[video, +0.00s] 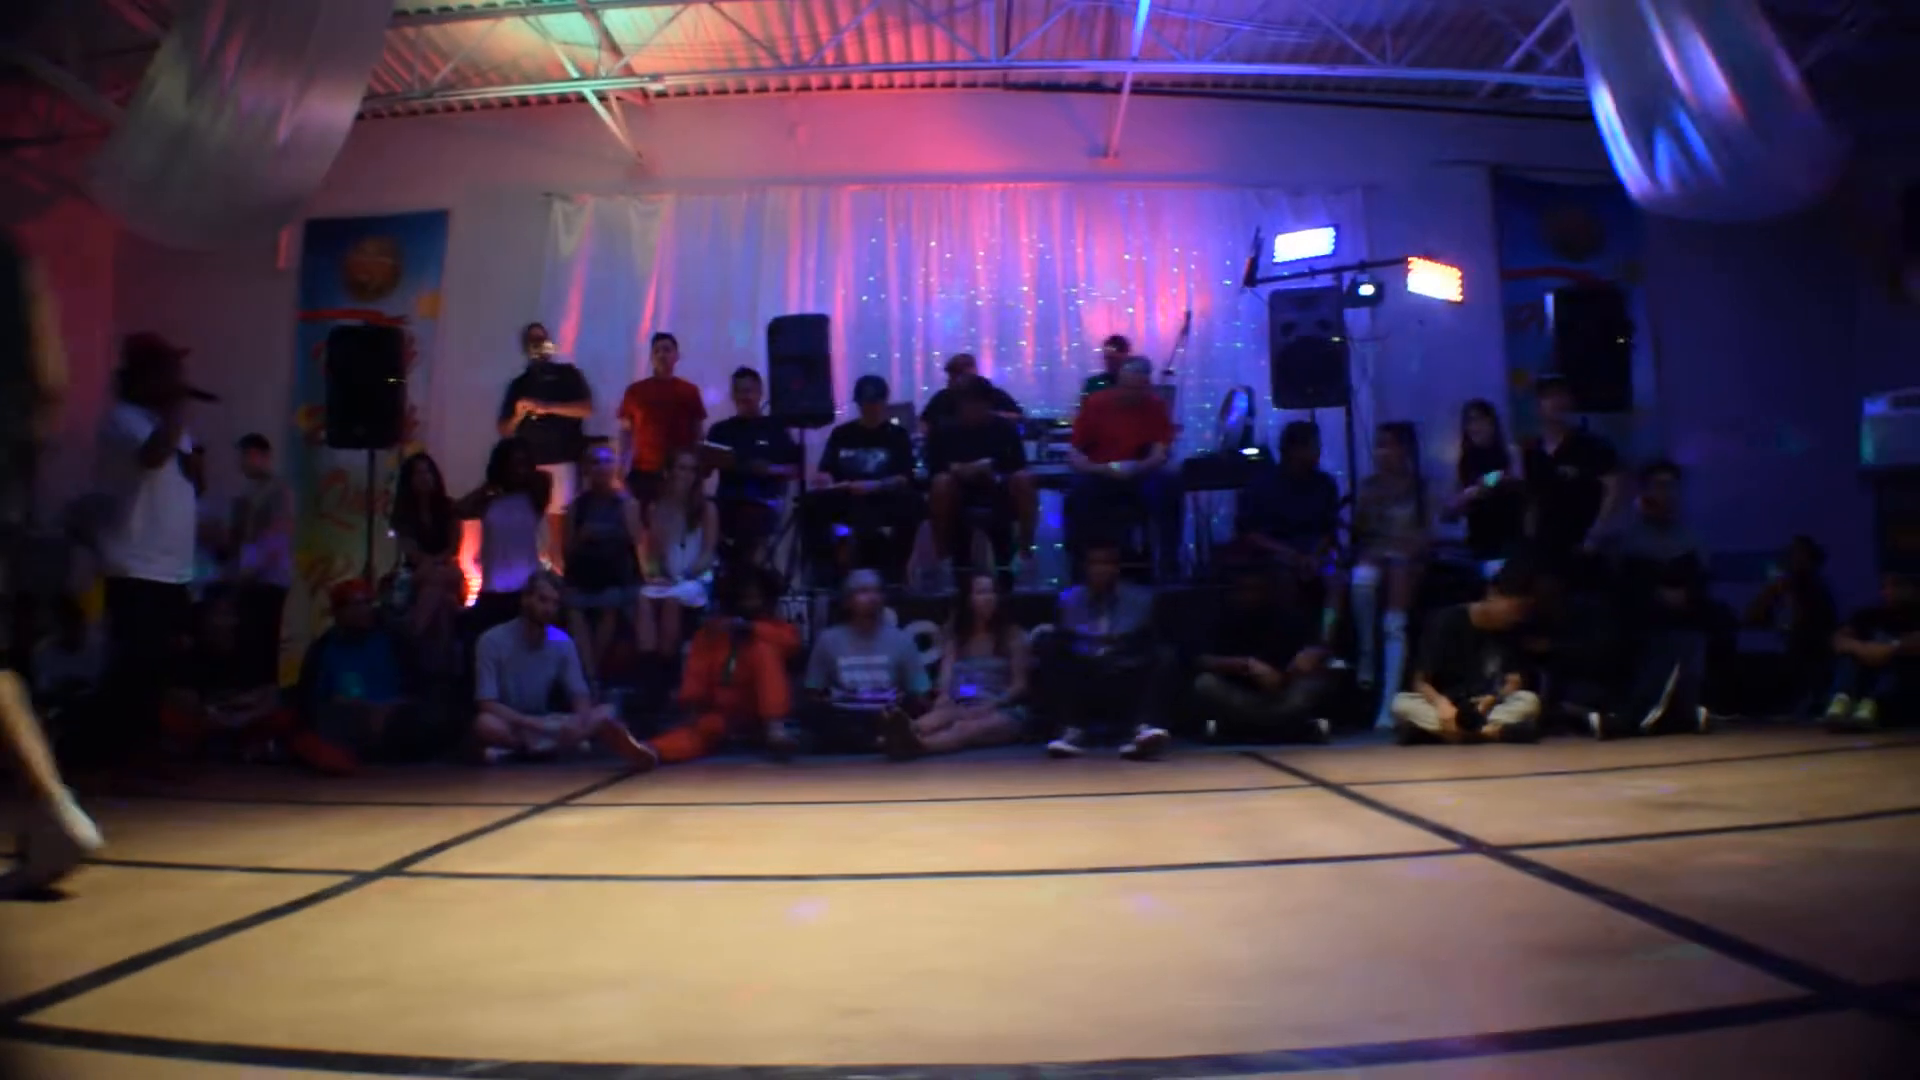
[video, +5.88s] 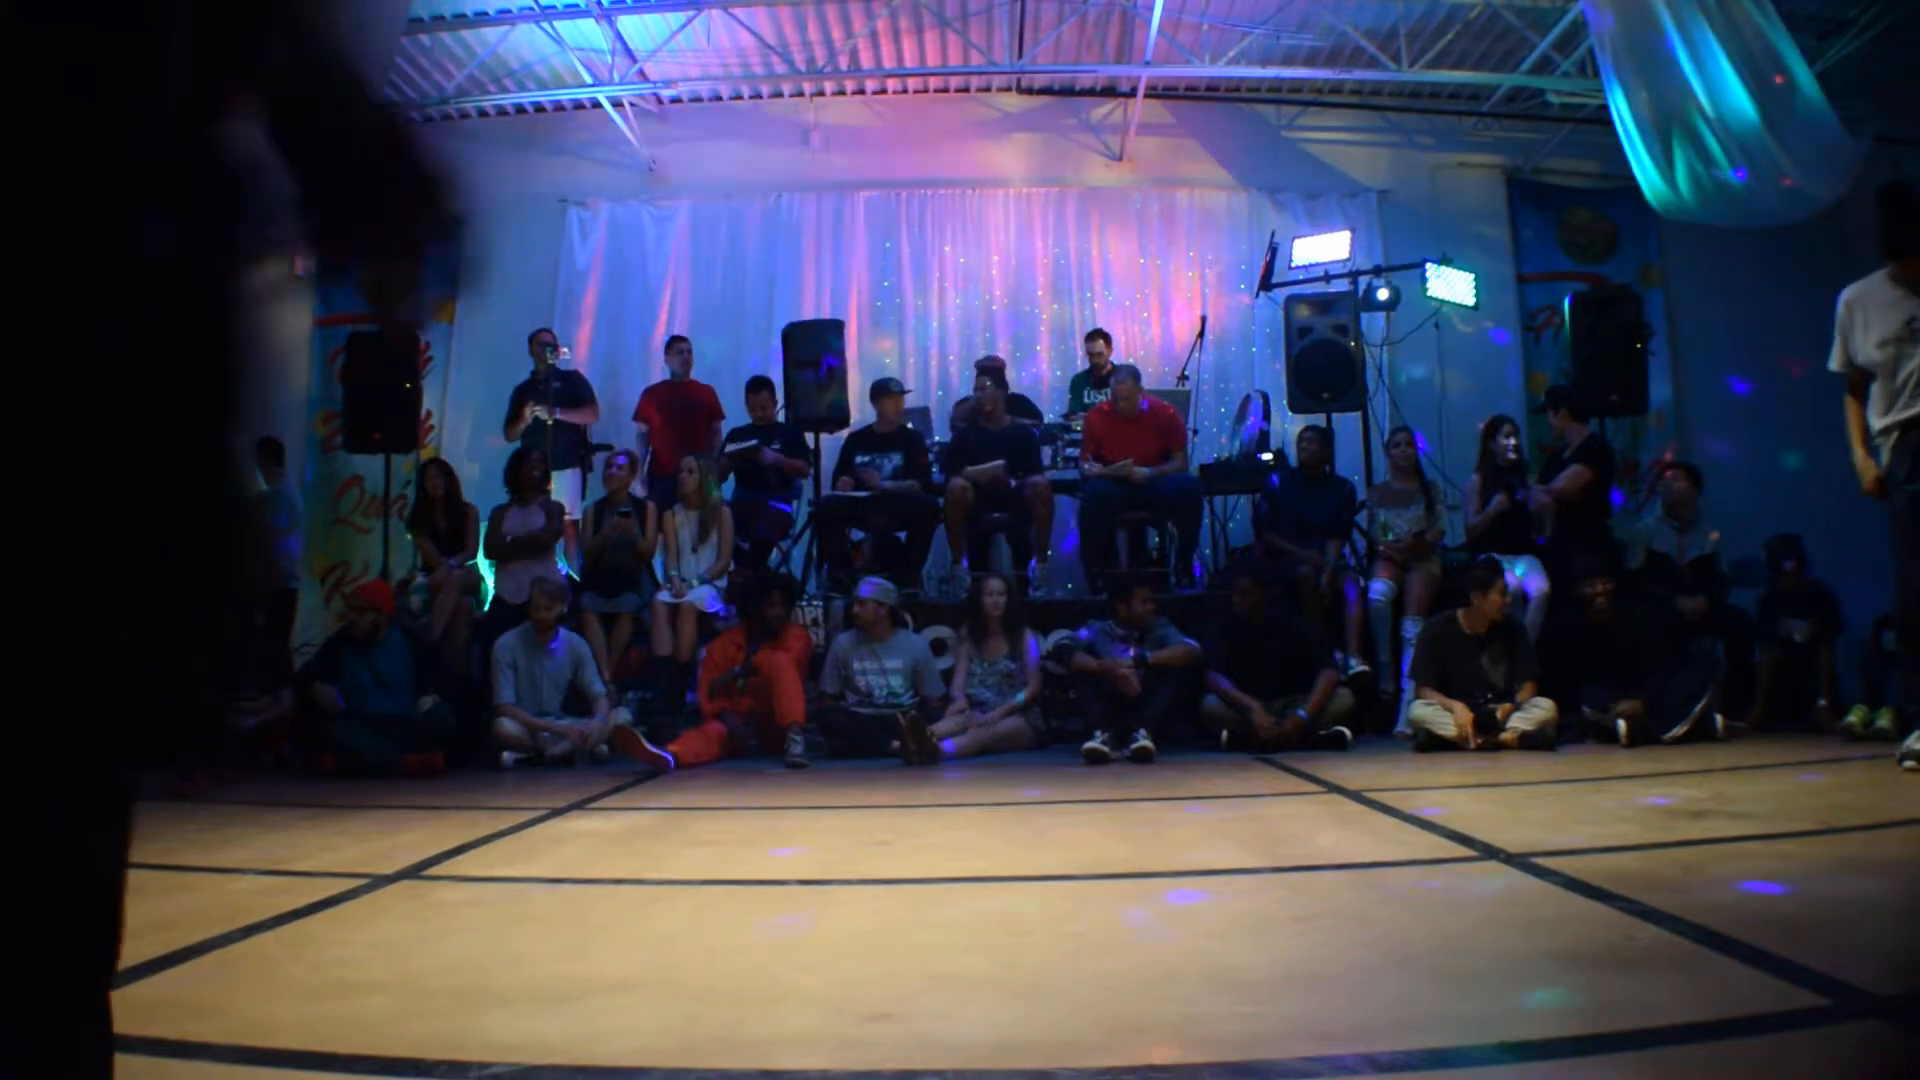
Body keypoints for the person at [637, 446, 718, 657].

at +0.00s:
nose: (683, 475)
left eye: (689, 470)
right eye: (679, 468)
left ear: (696, 476)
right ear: (668, 473)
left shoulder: (706, 508)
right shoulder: (656, 507)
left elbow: (708, 551)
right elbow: (652, 544)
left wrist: (689, 574)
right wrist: (655, 572)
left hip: (694, 578)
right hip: (664, 577)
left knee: (671, 601)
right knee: (645, 597)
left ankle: (668, 660)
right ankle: (647, 658)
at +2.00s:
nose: (702, 479)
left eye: (707, 473)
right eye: (696, 473)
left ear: (713, 479)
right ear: (683, 479)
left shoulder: (723, 513)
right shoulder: (673, 517)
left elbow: (725, 561)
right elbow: (671, 558)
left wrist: (699, 582)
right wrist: (676, 580)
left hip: (712, 580)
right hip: (682, 581)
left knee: (690, 606)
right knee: (662, 603)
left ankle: (685, 679)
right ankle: (664, 677)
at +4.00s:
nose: (700, 477)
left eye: (705, 472)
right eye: (694, 472)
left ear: (712, 478)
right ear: (682, 478)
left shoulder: (722, 514)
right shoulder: (671, 516)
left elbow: (724, 560)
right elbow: (669, 557)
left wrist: (698, 582)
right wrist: (673, 581)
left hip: (709, 581)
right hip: (678, 581)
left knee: (688, 608)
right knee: (659, 605)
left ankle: (682, 684)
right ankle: (662, 683)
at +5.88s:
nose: (682, 478)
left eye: (689, 472)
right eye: (681, 472)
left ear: (703, 478)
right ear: (678, 477)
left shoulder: (720, 513)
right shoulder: (671, 516)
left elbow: (724, 561)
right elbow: (670, 556)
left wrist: (698, 582)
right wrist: (673, 579)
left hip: (709, 581)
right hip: (678, 581)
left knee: (688, 606)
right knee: (660, 603)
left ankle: (681, 677)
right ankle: (662, 675)